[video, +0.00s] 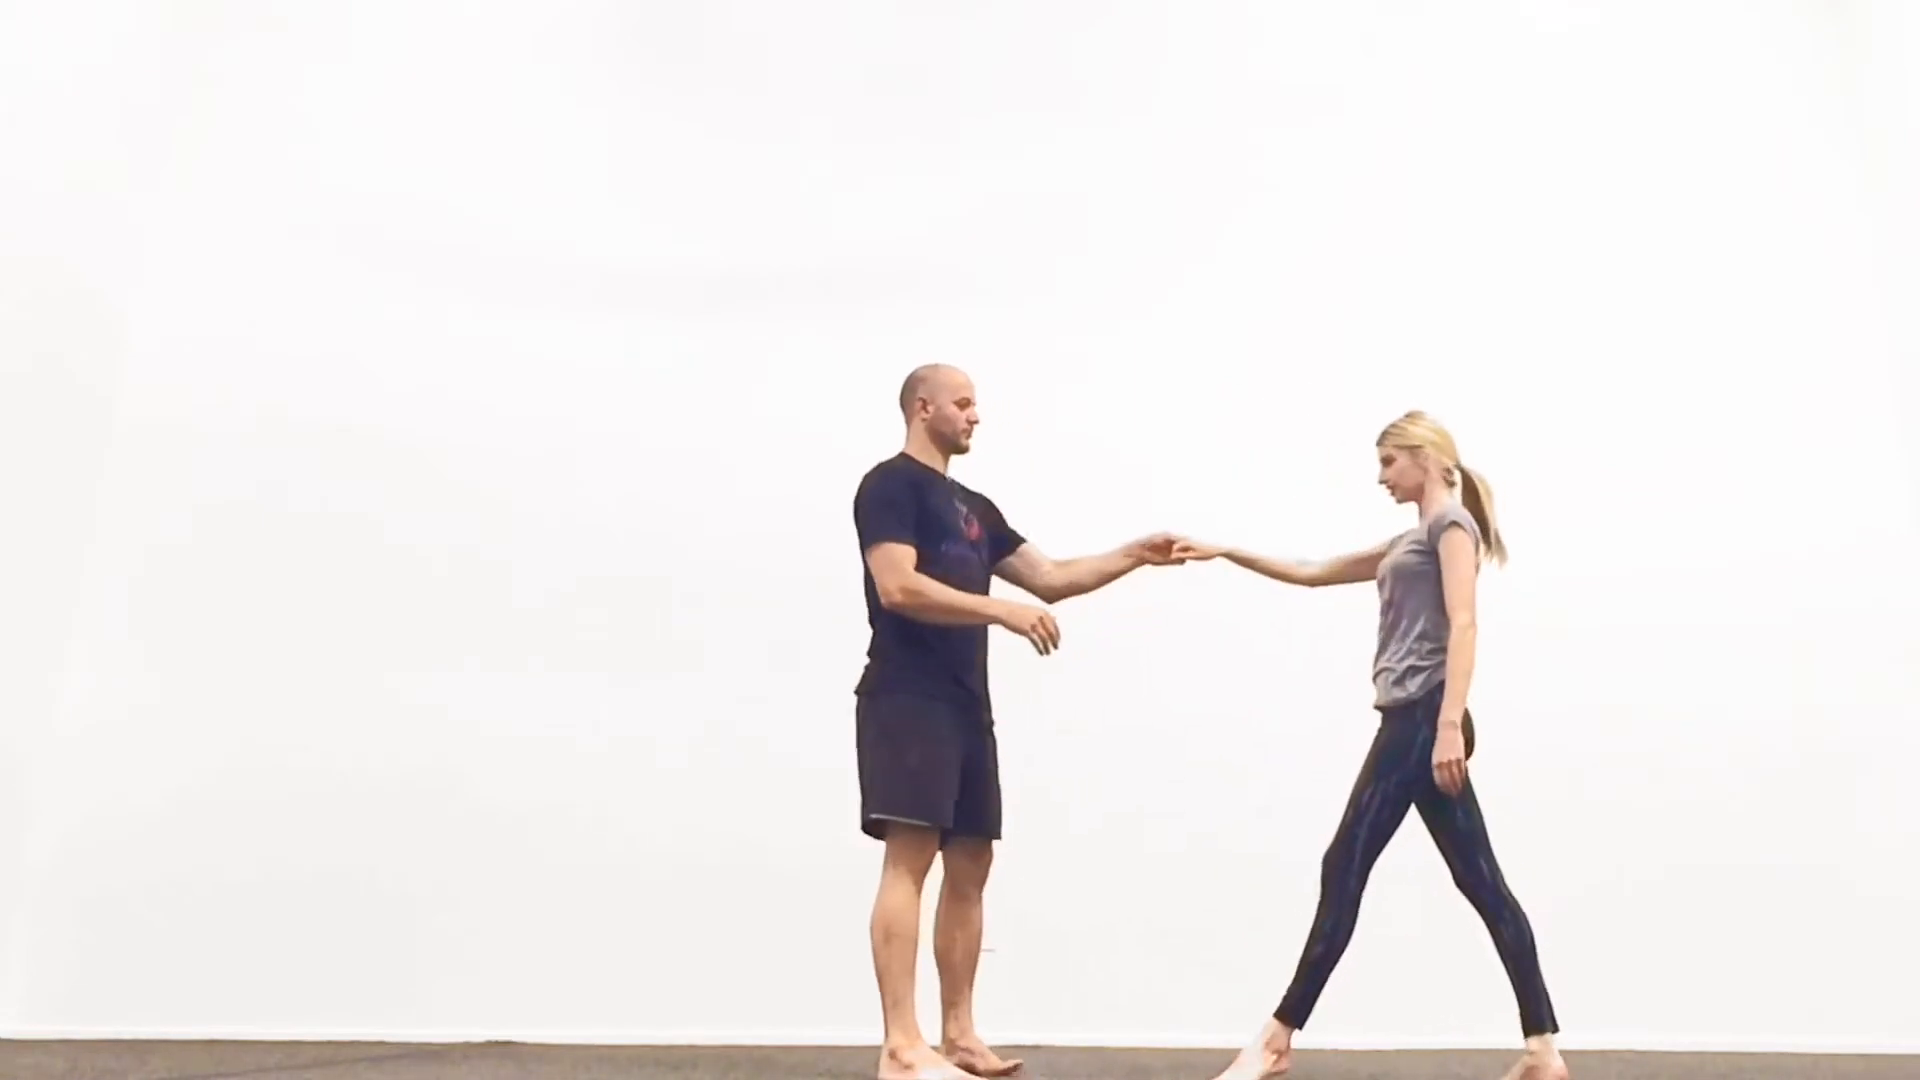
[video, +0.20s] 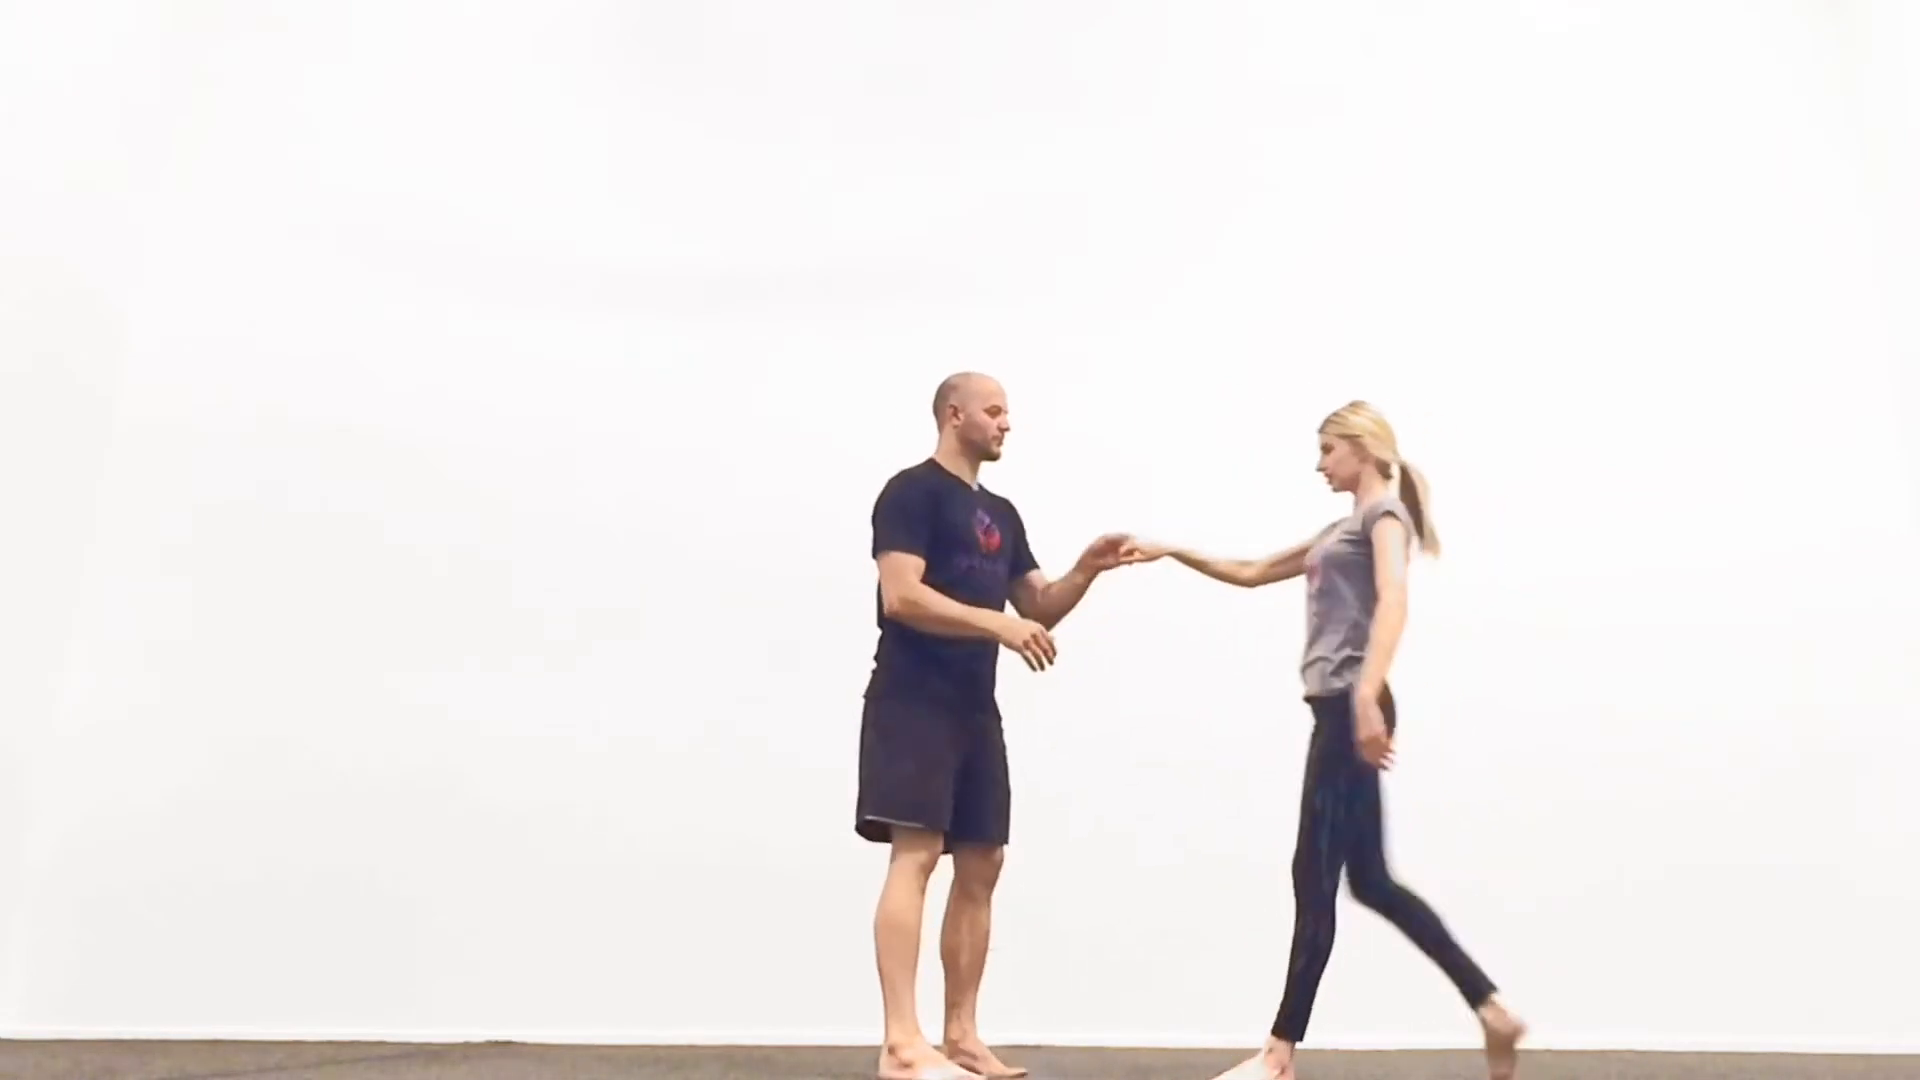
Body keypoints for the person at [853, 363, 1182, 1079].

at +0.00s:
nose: (975, 415)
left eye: (975, 404)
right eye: (963, 403)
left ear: (946, 412)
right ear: (919, 408)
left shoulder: (972, 505)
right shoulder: (889, 484)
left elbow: (1049, 578)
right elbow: (897, 588)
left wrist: (1134, 554)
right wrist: (1002, 611)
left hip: (967, 703)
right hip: (908, 698)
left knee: (971, 863)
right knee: (909, 859)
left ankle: (959, 1035)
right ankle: (900, 1046)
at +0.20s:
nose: (1006, 423)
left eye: (1007, 413)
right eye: (994, 411)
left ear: (982, 422)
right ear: (951, 415)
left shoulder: (1000, 512)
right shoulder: (910, 491)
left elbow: (1040, 608)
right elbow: (900, 596)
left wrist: (1086, 567)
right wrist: (997, 623)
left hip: (975, 706)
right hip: (914, 701)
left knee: (980, 865)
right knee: (915, 856)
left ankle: (961, 1037)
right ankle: (901, 1043)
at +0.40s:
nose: (1045, 435)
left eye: (1047, 425)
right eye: (1034, 423)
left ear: (1025, 434)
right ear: (992, 427)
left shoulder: (1029, 525)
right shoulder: (944, 500)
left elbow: (1047, 641)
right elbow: (930, 608)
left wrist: (1054, 579)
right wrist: (1018, 635)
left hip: (981, 707)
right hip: (917, 699)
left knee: (990, 864)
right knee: (909, 847)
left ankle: (963, 1038)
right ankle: (877, 1032)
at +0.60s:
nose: (1068, 469)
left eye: (1072, 460)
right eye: (1056, 457)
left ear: (1064, 469)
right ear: (1016, 459)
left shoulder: (1051, 559)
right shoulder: (962, 527)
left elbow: (1042, 675)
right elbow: (960, 635)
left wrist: (1016, 640)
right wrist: (1052, 636)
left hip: (970, 717)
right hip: (903, 705)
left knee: (1011, 868)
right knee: (880, 838)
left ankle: (965, 1041)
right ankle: (787, 1009)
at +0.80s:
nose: (1043, 510)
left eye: (1055, 503)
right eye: (1033, 495)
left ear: (1073, 519)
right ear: (1018, 500)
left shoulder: (1052, 596)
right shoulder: (966, 561)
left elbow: (1040, 711)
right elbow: (950, 665)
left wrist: (1056, 793)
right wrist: (1034, 650)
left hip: (951, 744)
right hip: (883, 728)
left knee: (1028, 874)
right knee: (826, 845)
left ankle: (968, 1040)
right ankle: (702, 994)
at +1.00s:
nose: (1032, 549)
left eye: (1042, 539)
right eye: (1020, 535)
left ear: (1049, 550)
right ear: (984, 532)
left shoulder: (1034, 646)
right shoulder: (927, 599)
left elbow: (1021, 746)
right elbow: (894, 717)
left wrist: (1057, 837)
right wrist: (953, 690)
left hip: (931, 774)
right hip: (854, 759)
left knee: (1024, 878)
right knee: (766, 857)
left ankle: (962, 1045)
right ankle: (631, 1003)